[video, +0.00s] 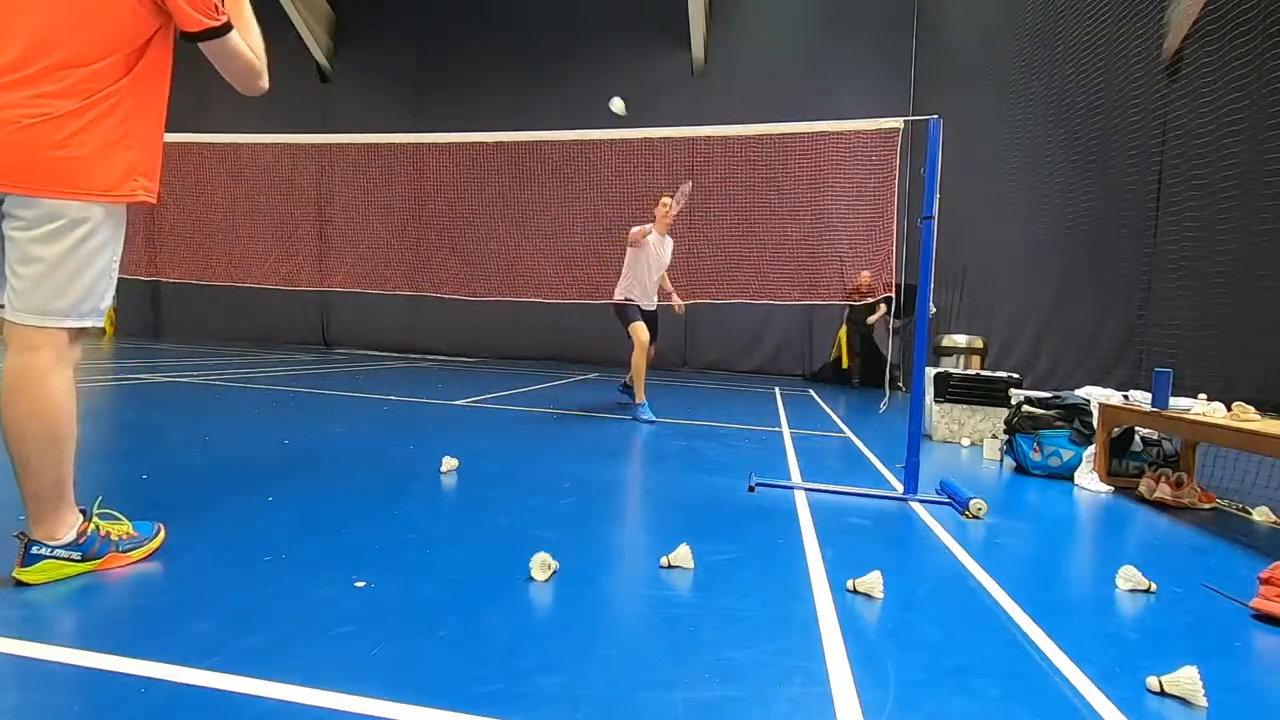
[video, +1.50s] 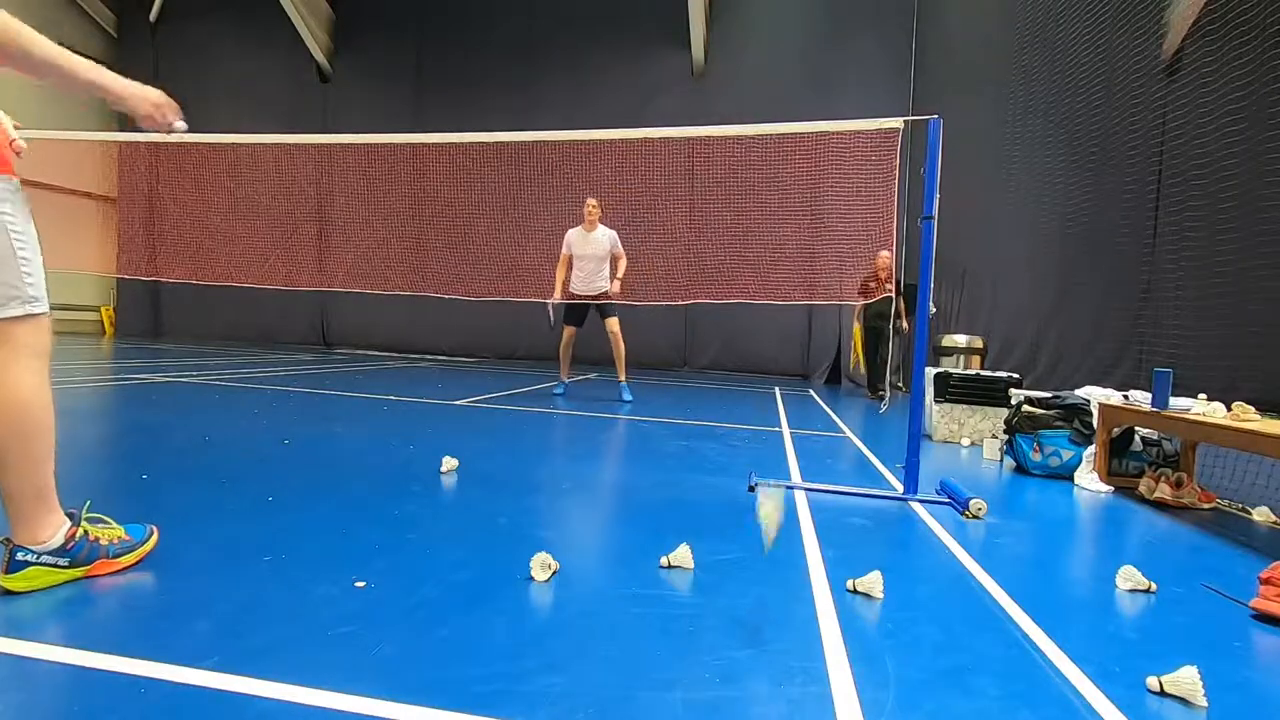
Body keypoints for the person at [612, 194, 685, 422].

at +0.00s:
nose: (669, 211)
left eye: (672, 208)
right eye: (664, 207)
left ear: (674, 214)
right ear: (654, 211)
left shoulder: (669, 243)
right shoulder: (642, 231)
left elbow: (661, 272)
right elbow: (633, 238)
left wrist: (673, 294)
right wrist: (647, 230)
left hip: (650, 303)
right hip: (626, 300)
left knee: (649, 351)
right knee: (642, 340)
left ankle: (628, 383)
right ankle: (640, 402)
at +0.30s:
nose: (676, 225)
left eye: (679, 222)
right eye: (672, 220)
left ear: (681, 227)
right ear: (661, 221)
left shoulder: (673, 248)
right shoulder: (643, 244)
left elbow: (661, 271)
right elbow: (641, 264)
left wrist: (660, 290)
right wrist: (662, 277)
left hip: (646, 304)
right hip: (623, 301)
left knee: (648, 352)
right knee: (639, 339)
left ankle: (628, 382)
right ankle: (640, 402)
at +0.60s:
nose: (660, 227)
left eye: (663, 224)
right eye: (655, 223)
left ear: (666, 231)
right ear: (646, 227)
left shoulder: (660, 257)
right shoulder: (634, 249)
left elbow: (650, 285)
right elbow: (619, 256)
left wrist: (653, 310)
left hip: (645, 312)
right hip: (622, 308)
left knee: (657, 367)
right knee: (638, 339)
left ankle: (630, 382)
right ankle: (639, 403)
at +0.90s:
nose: (639, 204)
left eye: (642, 201)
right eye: (635, 201)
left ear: (647, 208)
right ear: (627, 206)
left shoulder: (651, 237)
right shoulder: (612, 228)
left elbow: (660, 267)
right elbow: (583, 233)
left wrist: (674, 285)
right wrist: (563, 216)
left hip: (637, 296)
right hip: (614, 293)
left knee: (641, 347)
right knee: (616, 335)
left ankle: (625, 389)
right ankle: (613, 390)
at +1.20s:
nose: (612, 205)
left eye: (616, 203)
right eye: (609, 202)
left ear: (622, 207)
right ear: (604, 206)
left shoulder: (632, 233)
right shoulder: (592, 232)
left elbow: (640, 259)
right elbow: (572, 253)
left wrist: (644, 273)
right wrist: (554, 265)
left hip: (621, 294)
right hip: (595, 292)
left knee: (628, 339)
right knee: (579, 337)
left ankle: (624, 389)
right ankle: (568, 377)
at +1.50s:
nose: (590, 210)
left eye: (594, 207)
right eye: (587, 207)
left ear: (600, 212)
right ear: (583, 210)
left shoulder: (610, 235)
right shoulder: (572, 235)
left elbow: (621, 258)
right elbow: (562, 264)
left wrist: (617, 279)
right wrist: (558, 290)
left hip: (603, 293)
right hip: (577, 293)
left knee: (615, 333)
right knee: (568, 335)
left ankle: (623, 382)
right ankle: (562, 380)